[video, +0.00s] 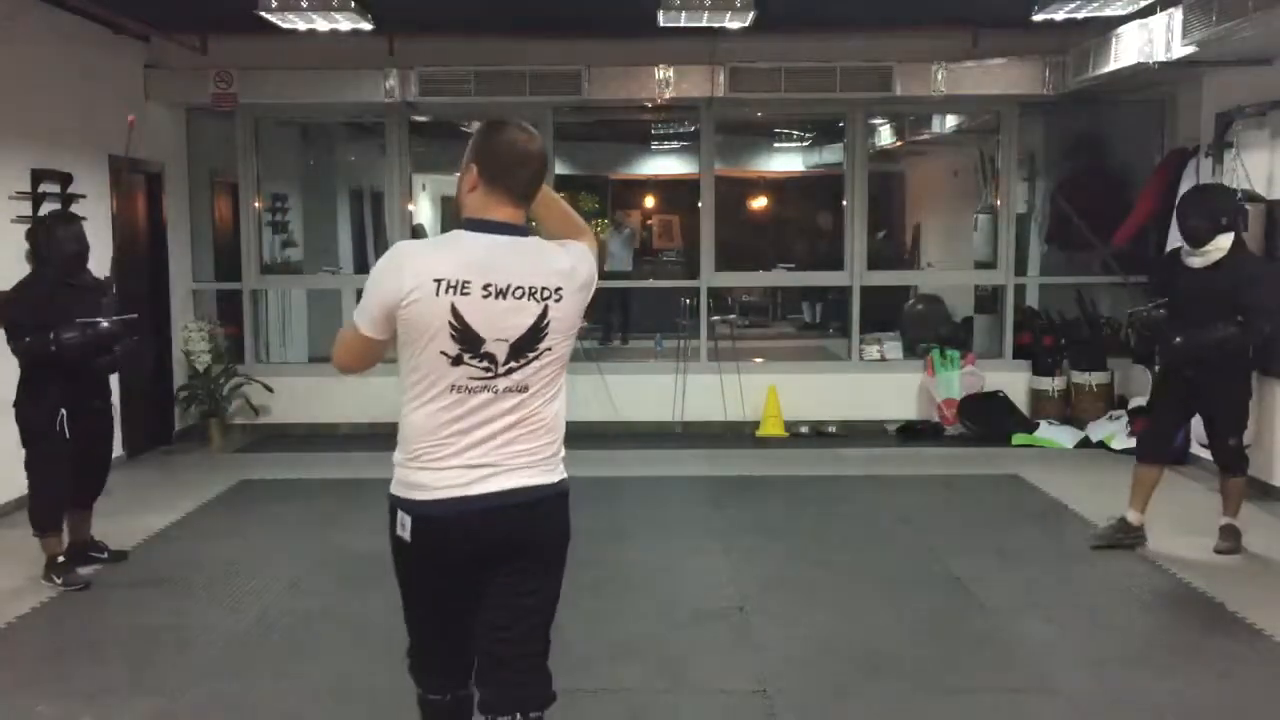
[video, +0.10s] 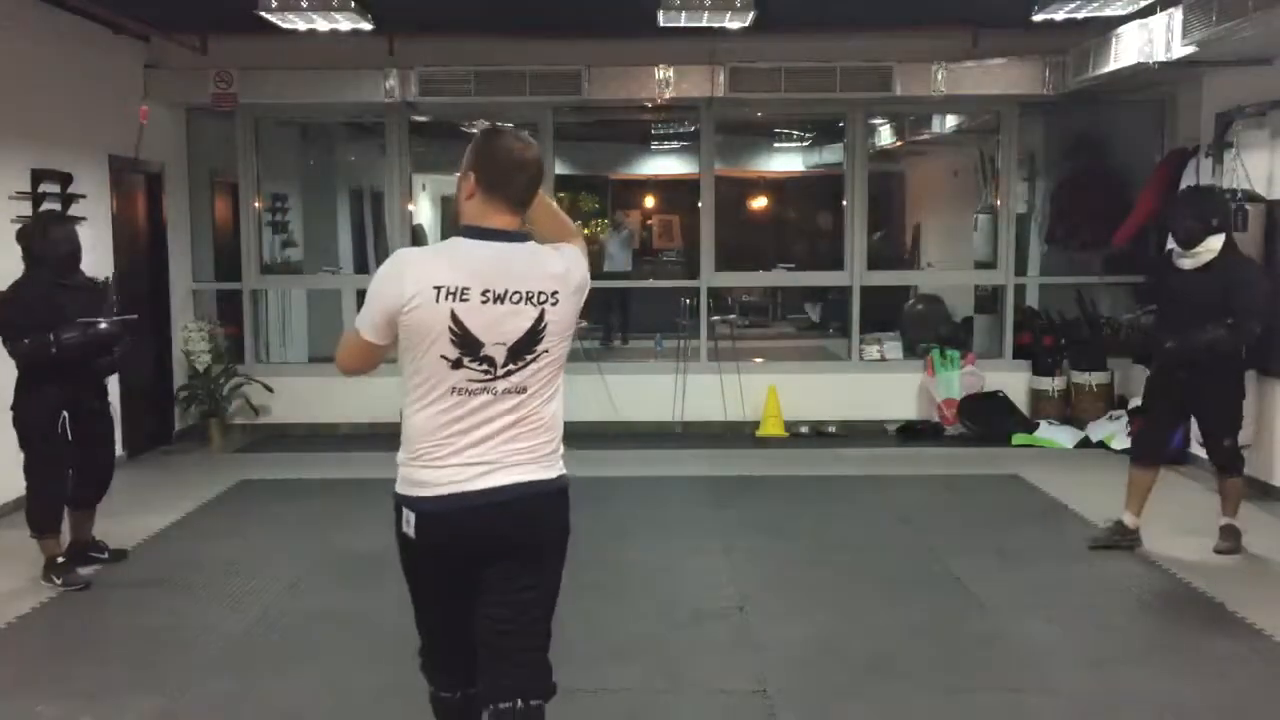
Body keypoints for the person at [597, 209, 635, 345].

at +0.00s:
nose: (617, 222)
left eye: (620, 219)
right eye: (615, 219)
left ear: (624, 220)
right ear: (612, 220)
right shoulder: (609, 233)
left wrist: (634, 230)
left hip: (625, 271)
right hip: (610, 270)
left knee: (624, 304)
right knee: (607, 304)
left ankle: (624, 335)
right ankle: (606, 336)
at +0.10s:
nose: (616, 221)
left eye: (619, 218)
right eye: (615, 218)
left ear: (624, 219)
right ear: (612, 219)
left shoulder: (627, 234)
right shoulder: (608, 234)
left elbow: (634, 244)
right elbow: (601, 251)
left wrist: (632, 231)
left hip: (624, 271)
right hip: (608, 271)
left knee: (623, 305)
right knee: (606, 305)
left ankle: (624, 334)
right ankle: (606, 336)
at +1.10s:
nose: (610, 221)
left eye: (613, 218)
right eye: (608, 218)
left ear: (618, 220)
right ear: (606, 220)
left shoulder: (621, 235)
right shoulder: (599, 236)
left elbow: (623, 235)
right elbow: (592, 251)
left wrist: (614, 222)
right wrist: (588, 248)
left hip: (617, 273)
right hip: (601, 274)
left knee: (617, 307)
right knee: (600, 307)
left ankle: (615, 339)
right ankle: (604, 335)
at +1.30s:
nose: (608, 221)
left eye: (611, 218)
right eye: (607, 218)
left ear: (617, 220)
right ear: (604, 219)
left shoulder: (621, 233)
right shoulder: (598, 235)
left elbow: (623, 237)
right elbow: (590, 250)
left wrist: (611, 223)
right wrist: (586, 248)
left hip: (617, 274)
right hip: (599, 274)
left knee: (616, 309)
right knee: (596, 308)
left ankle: (615, 340)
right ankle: (599, 337)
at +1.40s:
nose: (607, 221)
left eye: (610, 219)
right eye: (606, 218)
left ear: (616, 220)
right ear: (603, 219)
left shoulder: (620, 234)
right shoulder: (597, 235)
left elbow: (621, 237)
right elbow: (588, 250)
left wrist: (610, 223)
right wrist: (583, 248)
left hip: (616, 276)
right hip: (598, 276)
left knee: (616, 310)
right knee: (595, 310)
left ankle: (614, 342)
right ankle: (594, 343)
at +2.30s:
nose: (591, 225)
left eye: (594, 222)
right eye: (589, 221)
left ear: (597, 223)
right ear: (584, 223)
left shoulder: (603, 237)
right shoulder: (576, 238)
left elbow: (619, 249)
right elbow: (569, 252)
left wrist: (605, 258)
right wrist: (587, 259)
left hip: (599, 279)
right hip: (580, 280)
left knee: (600, 314)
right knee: (581, 316)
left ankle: (602, 347)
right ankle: (586, 347)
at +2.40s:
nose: (591, 228)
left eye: (594, 225)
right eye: (589, 225)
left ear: (598, 225)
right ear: (584, 224)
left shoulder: (604, 238)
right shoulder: (576, 238)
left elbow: (619, 248)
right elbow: (571, 253)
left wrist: (611, 258)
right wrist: (590, 262)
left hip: (598, 280)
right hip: (581, 281)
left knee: (599, 315)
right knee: (581, 317)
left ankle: (601, 347)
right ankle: (586, 347)